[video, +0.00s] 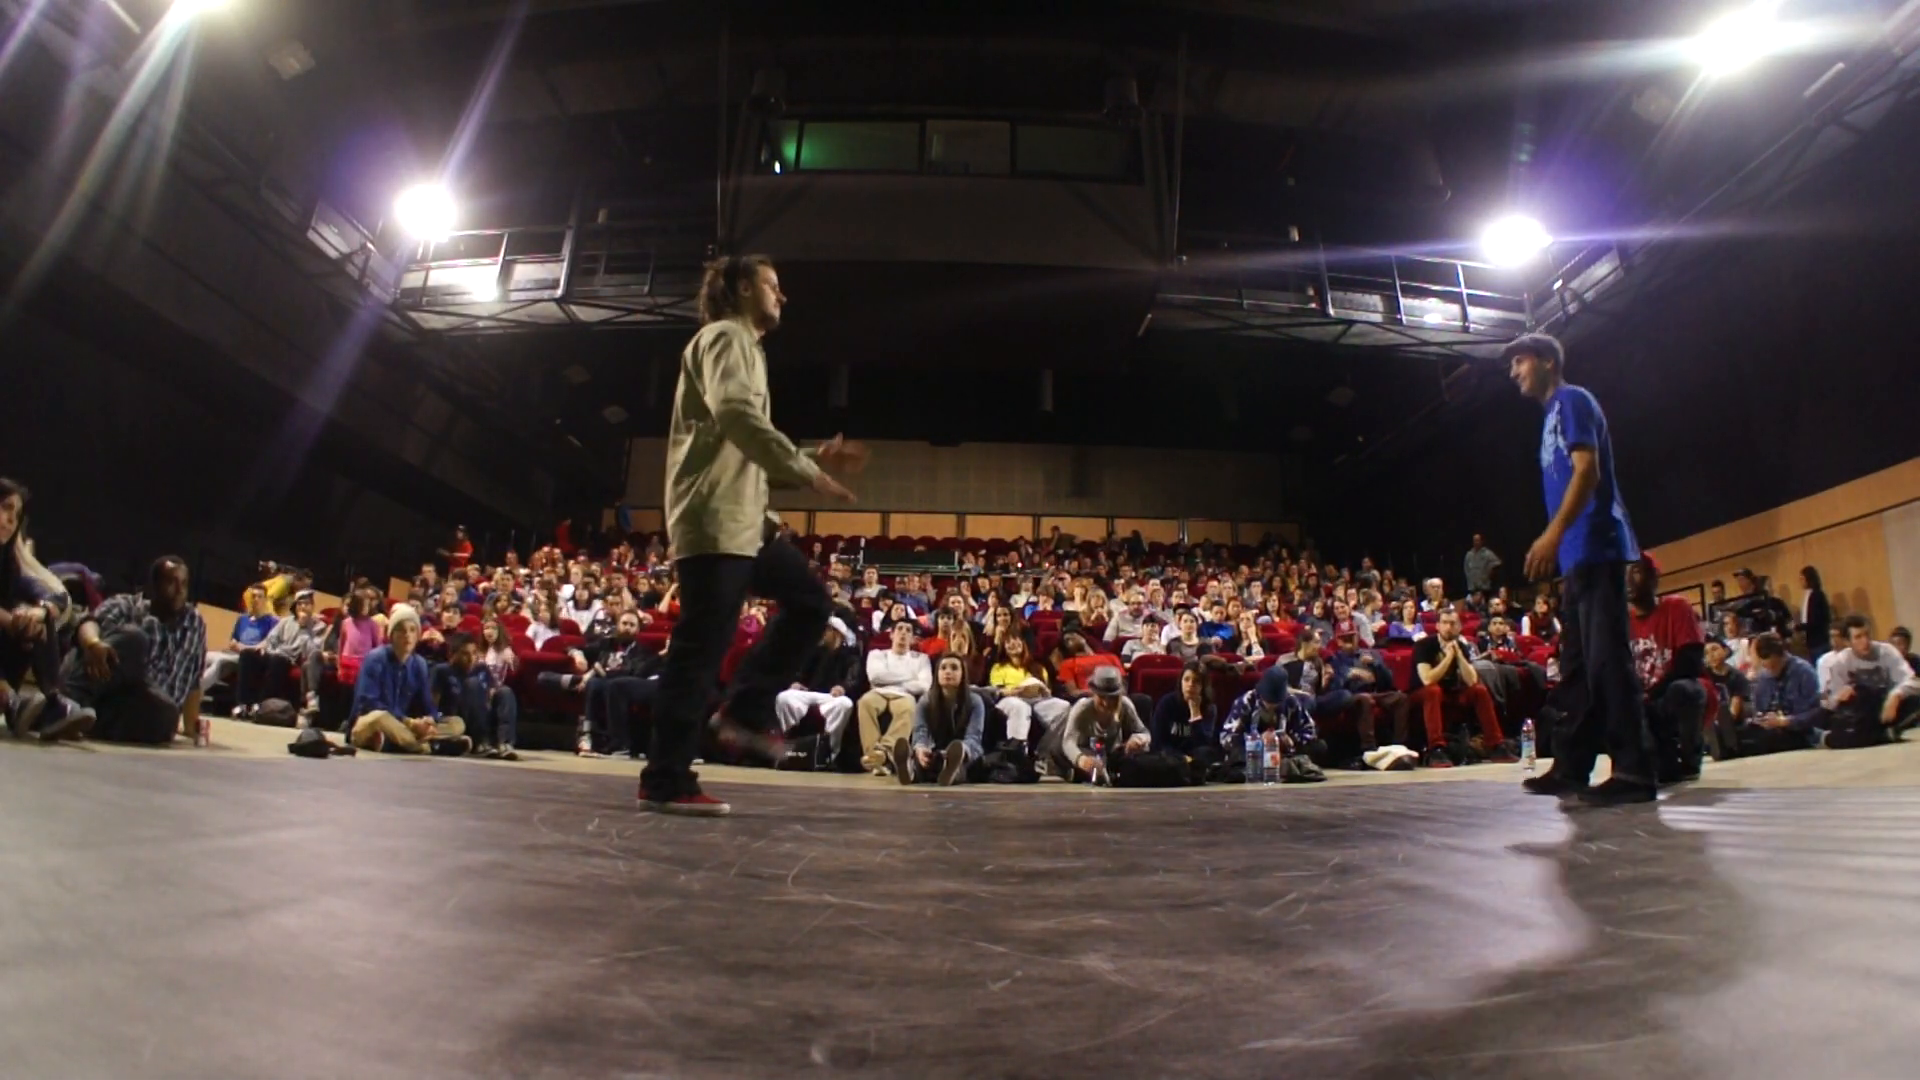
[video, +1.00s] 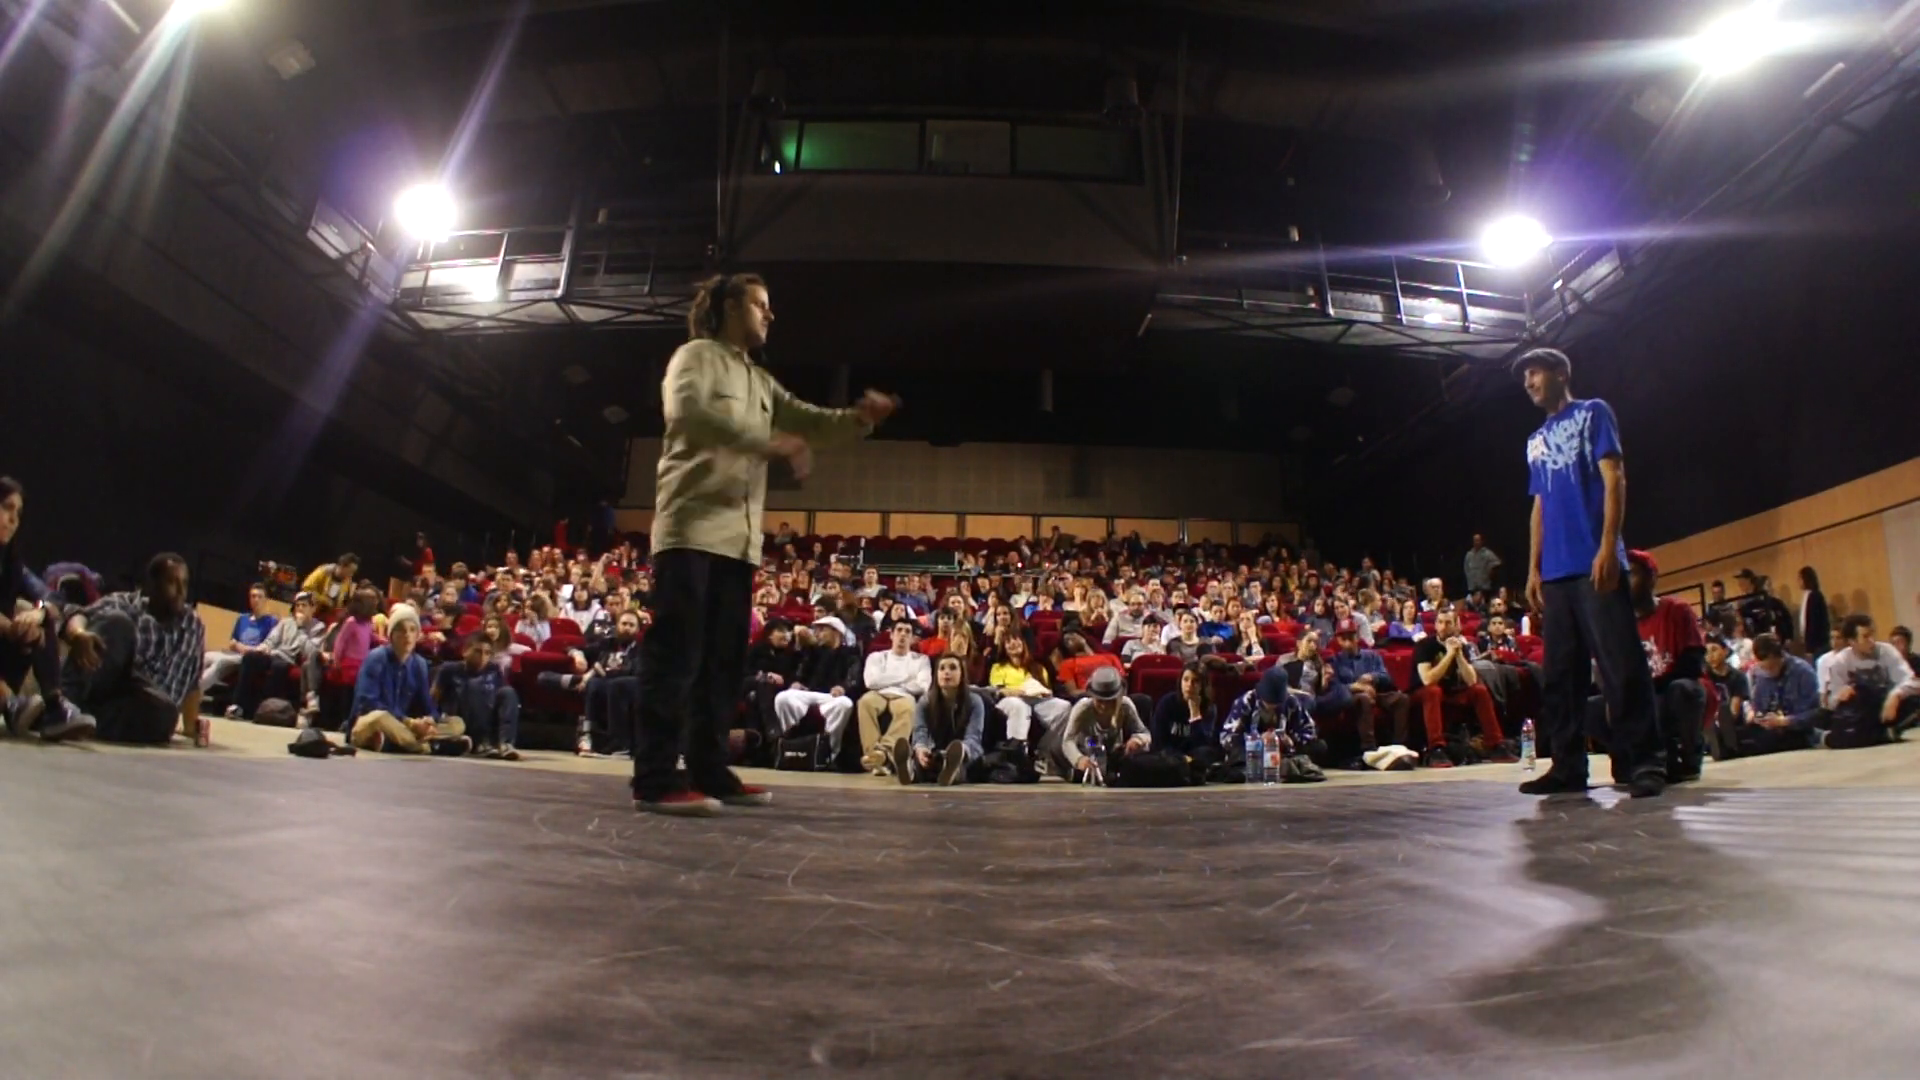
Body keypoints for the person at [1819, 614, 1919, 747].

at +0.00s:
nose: (1865, 641)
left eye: (1866, 635)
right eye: (1858, 637)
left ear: (1870, 635)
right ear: (1849, 641)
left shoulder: (1887, 652)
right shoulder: (1840, 662)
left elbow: (1911, 679)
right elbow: (1827, 703)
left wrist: (1895, 695)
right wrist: (1838, 697)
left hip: (1886, 701)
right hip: (1857, 704)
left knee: (1914, 702)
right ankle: (1884, 735)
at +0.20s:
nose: (1866, 641)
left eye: (1867, 635)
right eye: (1859, 637)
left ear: (1871, 634)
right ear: (1849, 640)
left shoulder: (1887, 652)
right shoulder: (1840, 662)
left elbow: (1910, 679)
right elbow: (1831, 703)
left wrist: (1895, 696)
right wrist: (1839, 696)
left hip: (1886, 701)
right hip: (1858, 704)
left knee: (1914, 701)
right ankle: (1884, 734)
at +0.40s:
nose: (1866, 641)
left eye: (1867, 635)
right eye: (1859, 637)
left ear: (1870, 635)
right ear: (1849, 640)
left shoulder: (1887, 652)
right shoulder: (1840, 662)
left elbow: (1910, 680)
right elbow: (1829, 703)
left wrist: (1895, 695)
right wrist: (1838, 696)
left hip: (1885, 701)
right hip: (1857, 704)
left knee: (1913, 701)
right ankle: (1885, 734)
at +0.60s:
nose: (1868, 641)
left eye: (1869, 636)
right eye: (1862, 638)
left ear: (1872, 635)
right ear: (1850, 642)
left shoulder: (1887, 652)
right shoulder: (1839, 662)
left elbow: (1910, 679)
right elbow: (1828, 703)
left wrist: (1895, 696)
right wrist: (1838, 697)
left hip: (1885, 703)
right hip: (1856, 706)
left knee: (1913, 701)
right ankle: (1884, 734)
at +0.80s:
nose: (1871, 641)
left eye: (1871, 635)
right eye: (1865, 637)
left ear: (1873, 634)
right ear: (1851, 642)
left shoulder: (1887, 651)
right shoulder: (1840, 662)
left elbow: (1910, 680)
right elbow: (1829, 703)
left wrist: (1895, 696)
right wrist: (1838, 696)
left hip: (1885, 702)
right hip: (1856, 705)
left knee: (1913, 703)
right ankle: (1884, 734)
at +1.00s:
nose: (1871, 641)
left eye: (1871, 635)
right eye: (1865, 637)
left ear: (1874, 634)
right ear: (1851, 642)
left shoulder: (1887, 651)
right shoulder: (1840, 662)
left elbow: (1910, 680)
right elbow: (1830, 703)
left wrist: (1894, 695)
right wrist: (1839, 696)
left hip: (1885, 703)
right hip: (1856, 706)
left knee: (1914, 702)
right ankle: (1885, 734)